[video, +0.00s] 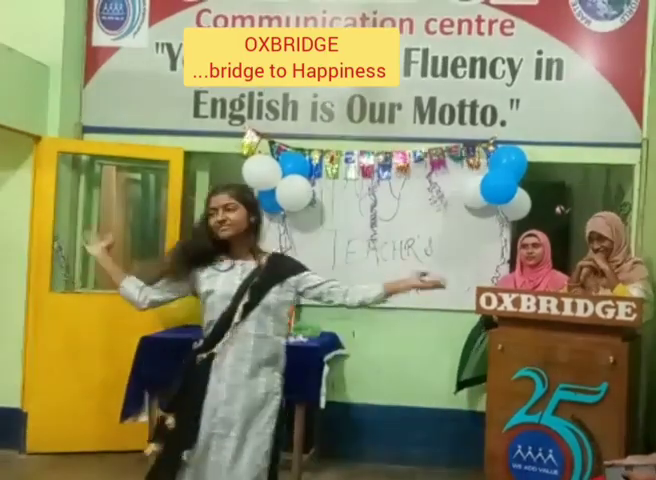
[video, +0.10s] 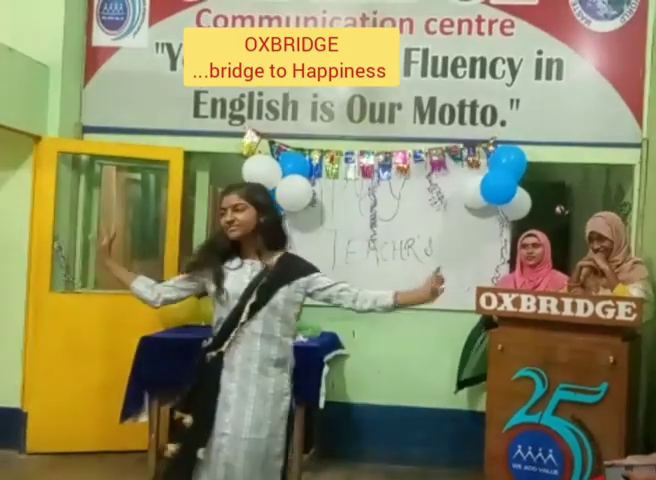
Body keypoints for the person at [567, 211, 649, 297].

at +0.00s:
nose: (595, 247)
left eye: (601, 239)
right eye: (591, 240)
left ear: (617, 238)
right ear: (587, 242)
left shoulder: (635, 268)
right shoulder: (586, 269)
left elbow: (631, 304)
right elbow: (570, 299)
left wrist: (606, 268)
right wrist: (578, 271)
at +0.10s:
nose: (595, 247)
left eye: (601, 239)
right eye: (591, 240)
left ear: (617, 238)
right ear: (587, 242)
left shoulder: (635, 268)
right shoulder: (586, 268)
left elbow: (631, 304)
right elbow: (570, 298)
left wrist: (606, 269)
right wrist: (578, 270)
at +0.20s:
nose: (595, 247)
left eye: (601, 239)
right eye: (591, 240)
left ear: (617, 238)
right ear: (587, 242)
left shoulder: (635, 268)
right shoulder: (586, 268)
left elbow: (631, 304)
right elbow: (570, 298)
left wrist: (606, 268)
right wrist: (578, 270)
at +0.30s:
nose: (595, 247)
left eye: (601, 239)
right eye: (591, 240)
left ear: (617, 238)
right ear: (587, 242)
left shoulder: (635, 268)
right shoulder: (586, 268)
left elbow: (631, 304)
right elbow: (570, 298)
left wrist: (606, 268)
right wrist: (578, 270)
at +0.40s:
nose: (595, 247)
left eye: (601, 239)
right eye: (591, 240)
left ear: (617, 238)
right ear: (587, 242)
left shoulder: (635, 268)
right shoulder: (586, 269)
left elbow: (631, 304)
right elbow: (570, 298)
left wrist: (606, 268)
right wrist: (578, 270)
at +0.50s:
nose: (595, 247)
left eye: (601, 239)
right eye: (591, 240)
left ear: (617, 238)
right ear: (587, 242)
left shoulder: (635, 268)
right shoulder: (586, 269)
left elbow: (631, 304)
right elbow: (570, 299)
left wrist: (606, 268)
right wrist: (578, 270)